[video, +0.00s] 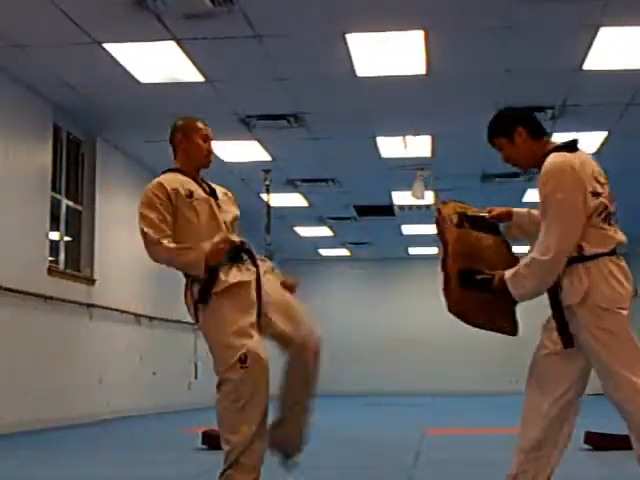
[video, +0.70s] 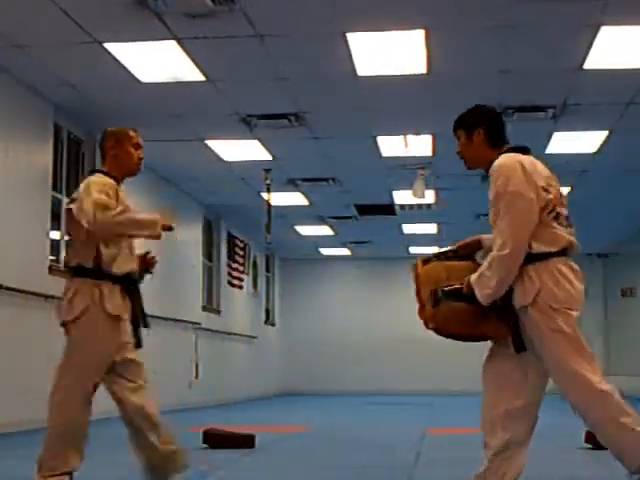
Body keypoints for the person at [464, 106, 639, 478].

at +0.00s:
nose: (505, 160)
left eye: (503, 149)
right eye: (500, 153)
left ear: (521, 136)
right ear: (530, 136)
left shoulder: (559, 167)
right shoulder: (572, 163)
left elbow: (555, 246)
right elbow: (563, 226)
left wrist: (507, 282)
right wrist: (511, 217)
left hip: (593, 281)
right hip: (576, 283)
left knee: (626, 387)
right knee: (549, 389)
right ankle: (528, 474)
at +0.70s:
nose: (459, 153)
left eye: (461, 143)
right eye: (457, 144)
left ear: (480, 137)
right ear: (488, 137)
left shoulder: (509, 168)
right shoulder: (523, 166)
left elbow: (510, 245)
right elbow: (526, 235)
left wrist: (478, 288)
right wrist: (484, 242)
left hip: (543, 280)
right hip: (530, 281)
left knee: (580, 383)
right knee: (506, 383)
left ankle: (636, 457)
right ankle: (499, 472)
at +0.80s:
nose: (440, 151)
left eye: (442, 141)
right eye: (439, 142)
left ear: (461, 134)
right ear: (468, 134)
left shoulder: (487, 164)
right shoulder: (508, 164)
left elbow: (485, 239)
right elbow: (503, 232)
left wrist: (452, 287)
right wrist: (458, 240)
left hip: (522, 277)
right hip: (515, 279)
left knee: (526, 381)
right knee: (492, 381)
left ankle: (614, 451)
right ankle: (499, 471)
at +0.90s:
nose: (428, 145)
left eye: (429, 136)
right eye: (426, 137)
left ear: (447, 131)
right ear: (462, 131)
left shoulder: (470, 161)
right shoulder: (496, 162)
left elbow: (463, 234)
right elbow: (483, 232)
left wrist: (429, 281)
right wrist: (433, 236)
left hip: (501, 276)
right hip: (521, 275)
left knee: (476, 376)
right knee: (503, 378)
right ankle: (498, 470)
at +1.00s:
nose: (415, 142)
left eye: (416, 132)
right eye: (413, 134)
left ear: (434, 127)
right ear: (451, 127)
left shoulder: (457, 158)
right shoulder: (484, 160)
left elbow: (446, 232)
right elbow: (466, 229)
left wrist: (404, 274)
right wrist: (416, 230)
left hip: (481, 276)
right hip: (504, 273)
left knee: (439, 367)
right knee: (499, 381)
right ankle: (502, 467)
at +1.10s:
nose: (401, 136)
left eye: (404, 126)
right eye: (401, 127)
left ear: (421, 124)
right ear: (438, 124)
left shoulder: (442, 157)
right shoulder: (470, 160)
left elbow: (422, 233)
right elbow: (448, 228)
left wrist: (378, 271)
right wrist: (396, 227)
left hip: (460, 282)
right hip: (485, 279)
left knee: (418, 372)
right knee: (485, 386)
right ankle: (498, 470)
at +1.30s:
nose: (364, 134)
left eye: (368, 124)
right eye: (365, 125)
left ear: (387, 123)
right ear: (401, 126)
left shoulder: (396, 162)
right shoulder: (435, 164)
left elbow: (376, 235)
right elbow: (413, 224)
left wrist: (332, 269)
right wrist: (362, 224)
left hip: (410, 283)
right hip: (443, 278)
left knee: (370, 385)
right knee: (458, 394)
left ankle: (345, 471)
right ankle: (490, 473)